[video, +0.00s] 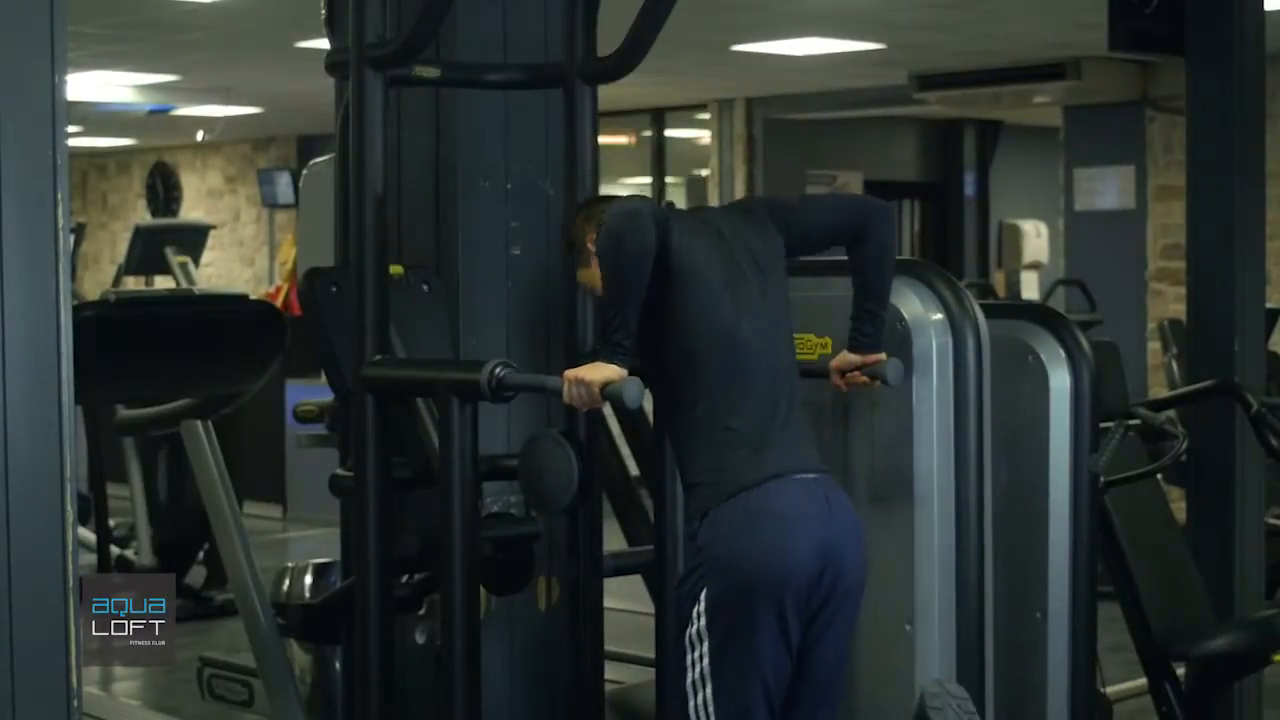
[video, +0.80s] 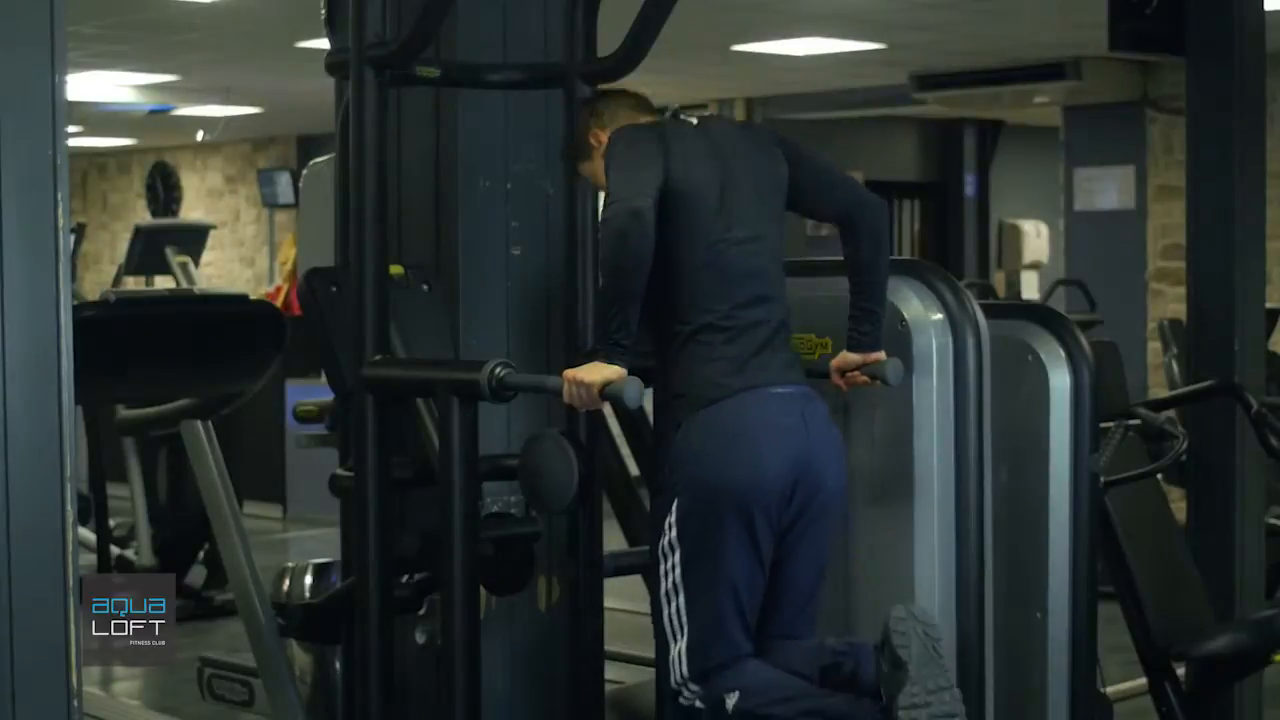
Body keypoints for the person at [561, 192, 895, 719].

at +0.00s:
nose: (598, 293)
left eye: (590, 278)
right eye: (592, 285)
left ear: (597, 243)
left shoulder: (635, 227)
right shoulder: (751, 220)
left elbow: (633, 216)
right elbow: (873, 214)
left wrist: (614, 353)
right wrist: (866, 341)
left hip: (744, 521)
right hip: (826, 504)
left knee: (726, 705)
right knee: (814, 707)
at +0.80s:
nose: (603, 188)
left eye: (592, 172)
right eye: (594, 178)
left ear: (601, 138)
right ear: (657, 114)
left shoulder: (634, 143)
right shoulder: (757, 143)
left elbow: (630, 217)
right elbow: (865, 210)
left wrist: (611, 350)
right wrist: (864, 340)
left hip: (720, 433)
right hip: (805, 420)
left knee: (702, 678)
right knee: (777, 653)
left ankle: (875, 705)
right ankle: (878, 663)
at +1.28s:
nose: (607, 135)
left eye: (600, 120)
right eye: (599, 128)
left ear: (610, 83)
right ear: (667, 64)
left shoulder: (642, 101)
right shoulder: (770, 103)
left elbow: (625, 215)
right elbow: (852, 206)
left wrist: (608, 348)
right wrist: (865, 337)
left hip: (721, 385)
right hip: (809, 373)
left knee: (705, 639)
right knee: (780, 604)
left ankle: (881, 689)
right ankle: (872, 616)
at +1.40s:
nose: (604, 156)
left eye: (598, 141)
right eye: (598, 148)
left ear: (609, 106)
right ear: (664, 85)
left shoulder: (637, 121)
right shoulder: (769, 119)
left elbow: (621, 211)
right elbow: (860, 207)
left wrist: (610, 349)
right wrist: (868, 339)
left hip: (723, 406)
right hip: (812, 393)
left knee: (708, 660)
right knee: (784, 626)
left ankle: (886, 703)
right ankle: (881, 649)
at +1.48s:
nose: (604, 171)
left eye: (596, 155)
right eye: (597, 162)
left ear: (608, 121)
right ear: (661, 101)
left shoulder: (635, 134)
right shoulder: (764, 130)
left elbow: (619, 212)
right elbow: (865, 208)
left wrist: (610, 351)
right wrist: (867, 339)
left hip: (724, 420)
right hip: (811, 407)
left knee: (709, 669)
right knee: (787, 640)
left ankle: (883, 706)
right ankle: (885, 662)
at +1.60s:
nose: (600, 202)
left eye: (593, 190)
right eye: (592, 196)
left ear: (606, 152)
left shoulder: (636, 155)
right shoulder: (760, 156)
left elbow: (618, 219)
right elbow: (873, 212)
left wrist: (609, 353)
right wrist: (868, 340)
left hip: (722, 451)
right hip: (811, 436)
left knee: (714, 694)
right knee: (787, 667)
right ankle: (883, 693)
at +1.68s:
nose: (598, 219)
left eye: (591, 207)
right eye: (590, 213)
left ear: (603, 166)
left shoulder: (635, 166)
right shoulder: (758, 166)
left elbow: (616, 222)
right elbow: (874, 211)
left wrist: (611, 351)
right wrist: (868, 341)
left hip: (723, 465)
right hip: (811, 449)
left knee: (716, 700)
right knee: (791, 682)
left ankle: (871, 706)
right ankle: (880, 702)